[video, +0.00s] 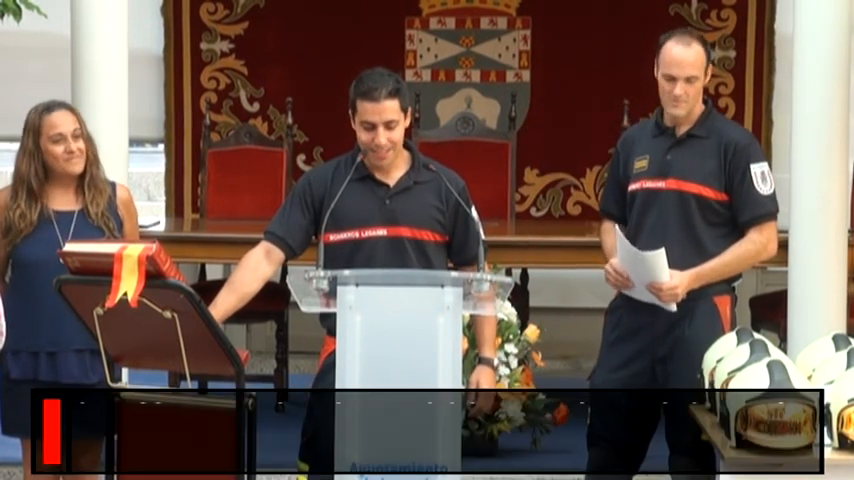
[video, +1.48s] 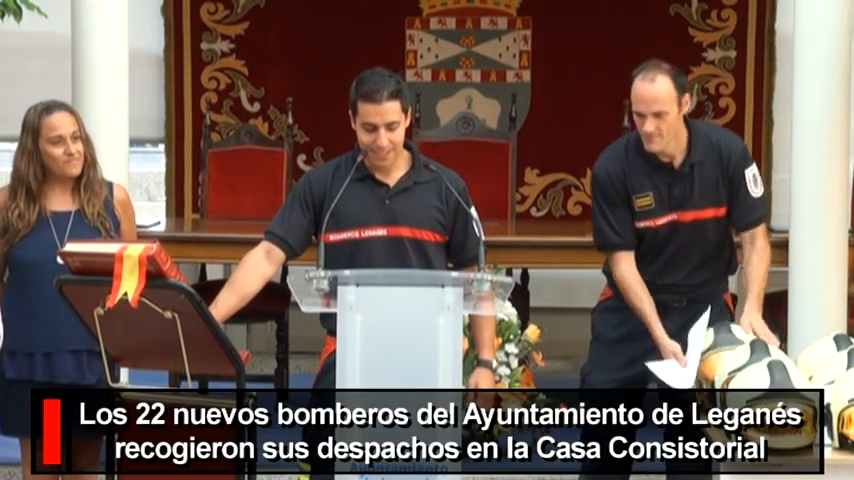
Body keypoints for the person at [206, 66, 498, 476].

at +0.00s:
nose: (379, 139)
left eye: (390, 126)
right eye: (368, 127)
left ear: (408, 119)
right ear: (353, 123)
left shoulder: (447, 188)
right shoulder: (322, 184)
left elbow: (477, 279)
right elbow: (267, 255)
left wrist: (486, 361)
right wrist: (207, 322)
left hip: (428, 356)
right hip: (347, 355)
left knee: (427, 469)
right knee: (324, 465)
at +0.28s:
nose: (380, 139)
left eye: (391, 125)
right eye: (369, 126)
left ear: (408, 119)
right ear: (353, 123)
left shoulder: (447, 188)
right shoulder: (323, 185)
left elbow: (477, 280)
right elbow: (267, 255)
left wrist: (487, 362)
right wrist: (207, 322)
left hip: (428, 353)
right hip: (348, 352)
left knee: (430, 468)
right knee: (323, 463)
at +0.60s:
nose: (379, 139)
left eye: (389, 125)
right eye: (368, 126)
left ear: (408, 119)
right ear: (352, 123)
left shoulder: (447, 188)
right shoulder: (322, 185)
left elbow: (477, 281)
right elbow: (267, 255)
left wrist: (485, 363)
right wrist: (207, 322)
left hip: (428, 353)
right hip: (348, 352)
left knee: (429, 468)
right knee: (330, 464)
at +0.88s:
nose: (378, 139)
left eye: (389, 126)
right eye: (367, 127)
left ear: (408, 119)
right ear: (352, 122)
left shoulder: (447, 188)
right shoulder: (323, 184)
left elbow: (476, 281)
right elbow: (267, 255)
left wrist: (482, 363)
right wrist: (208, 322)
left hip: (428, 352)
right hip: (348, 351)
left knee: (429, 468)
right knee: (331, 464)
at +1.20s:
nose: (379, 140)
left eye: (390, 127)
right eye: (368, 127)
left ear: (408, 119)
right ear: (353, 122)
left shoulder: (447, 188)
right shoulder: (323, 184)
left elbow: (476, 281)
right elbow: (267, 255)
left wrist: (485, 364)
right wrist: (207, 322)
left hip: (428, 352)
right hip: (348, 351)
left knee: (430, 469)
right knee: (330, 464)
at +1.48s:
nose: (381, 140)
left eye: (391, 127)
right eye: (369, 128)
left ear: (408, 119)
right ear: (353, 122)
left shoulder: (447, 188)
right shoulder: (323, 184)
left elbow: (476, 281)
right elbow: (267, 255)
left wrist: (485, 364)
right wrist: (208, 322)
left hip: (428, 352)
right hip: (348, 351)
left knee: (429, 469)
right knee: (330, 465)